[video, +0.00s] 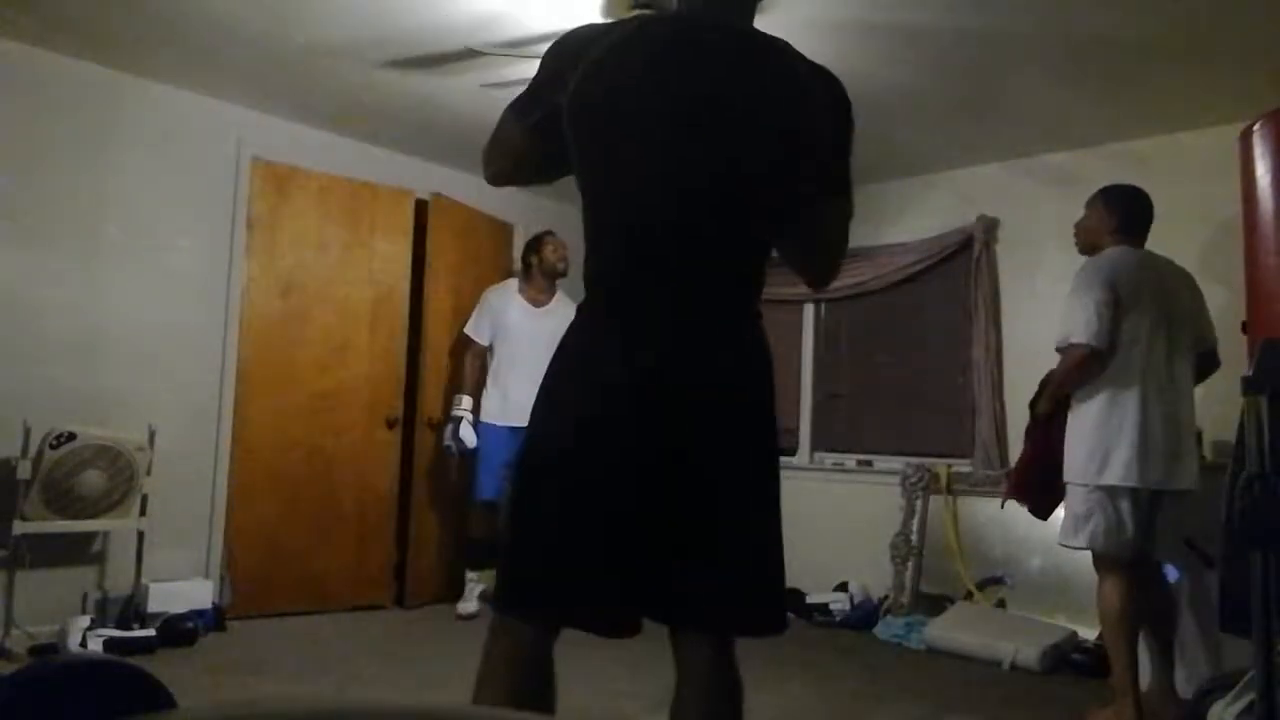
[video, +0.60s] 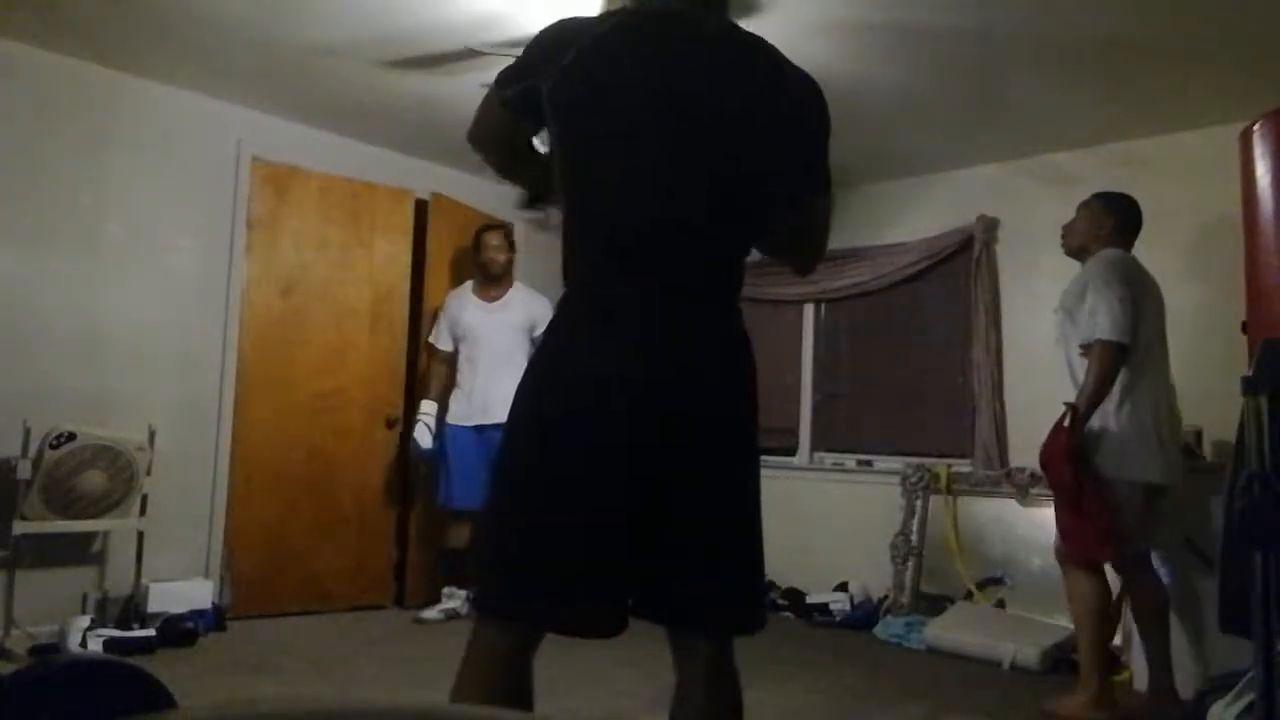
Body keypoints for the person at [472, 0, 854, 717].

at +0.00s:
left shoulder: (594, 54)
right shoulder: (808, 89)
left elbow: (504, 162)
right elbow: (819, 260)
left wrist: (607, 106)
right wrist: (754, 161)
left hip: (602, 363)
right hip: (723, 373)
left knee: (523, 620)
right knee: (705, 636)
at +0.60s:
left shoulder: (579, 39)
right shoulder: (787, 87)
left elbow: (491, 130)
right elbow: (802, 246)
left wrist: (545, 181)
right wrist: (720, 187)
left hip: (583, 353)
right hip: (706, 365)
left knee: (506, 624)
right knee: (703, 640)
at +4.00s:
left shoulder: (449, 50)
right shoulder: (634, 41)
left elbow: (456, 234)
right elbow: (726, 213)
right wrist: (631, 162)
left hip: (478, 370)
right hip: (604, 374)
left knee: (433, 635)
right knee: (644, 646)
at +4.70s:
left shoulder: (585, 65)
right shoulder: (799, 70)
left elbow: (568, 244)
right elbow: (881, 236)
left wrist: (652, 292)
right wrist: (768, 219)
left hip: (603, 354)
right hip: (723, 359)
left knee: (527, 611)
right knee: (707, 634)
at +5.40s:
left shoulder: (596, 59)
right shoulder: (807, 69)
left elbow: (591, 241)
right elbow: (883, 242)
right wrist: (783, 204)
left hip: (609, 353)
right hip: (729, 361)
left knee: (536, 610)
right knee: (712, 645)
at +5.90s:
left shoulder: (490, 36)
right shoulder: (703, 40)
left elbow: (540, 193)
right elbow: (796, 200)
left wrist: (685, 248)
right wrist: (685, 173)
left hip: (523, 353)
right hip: (650, 360)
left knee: (478, 636)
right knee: (669, 644)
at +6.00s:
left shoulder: (467, 35)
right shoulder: (674, 28)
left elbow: (516, 191)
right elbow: (774, 189)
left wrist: (662, 241)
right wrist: (675, 196)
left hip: (507, 354)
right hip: (634, 359)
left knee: (465, 644)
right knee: (661, 650)